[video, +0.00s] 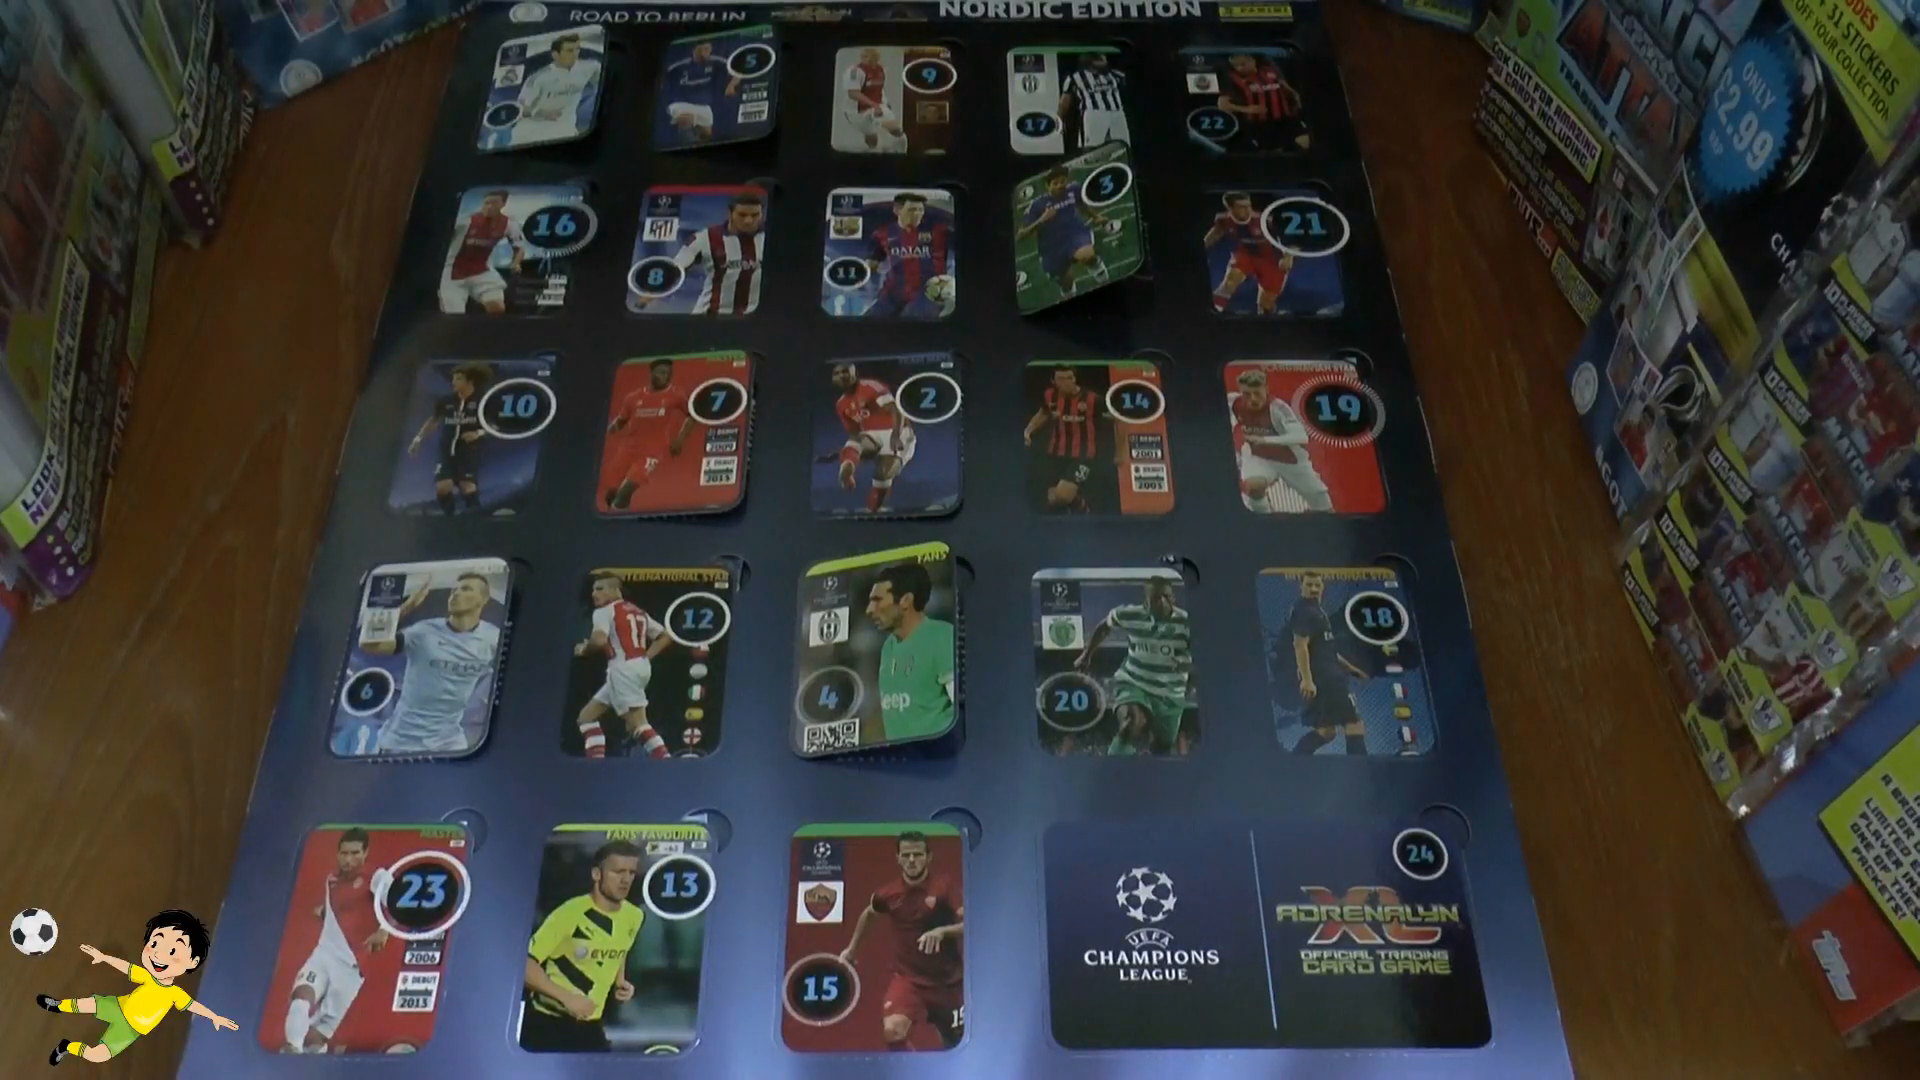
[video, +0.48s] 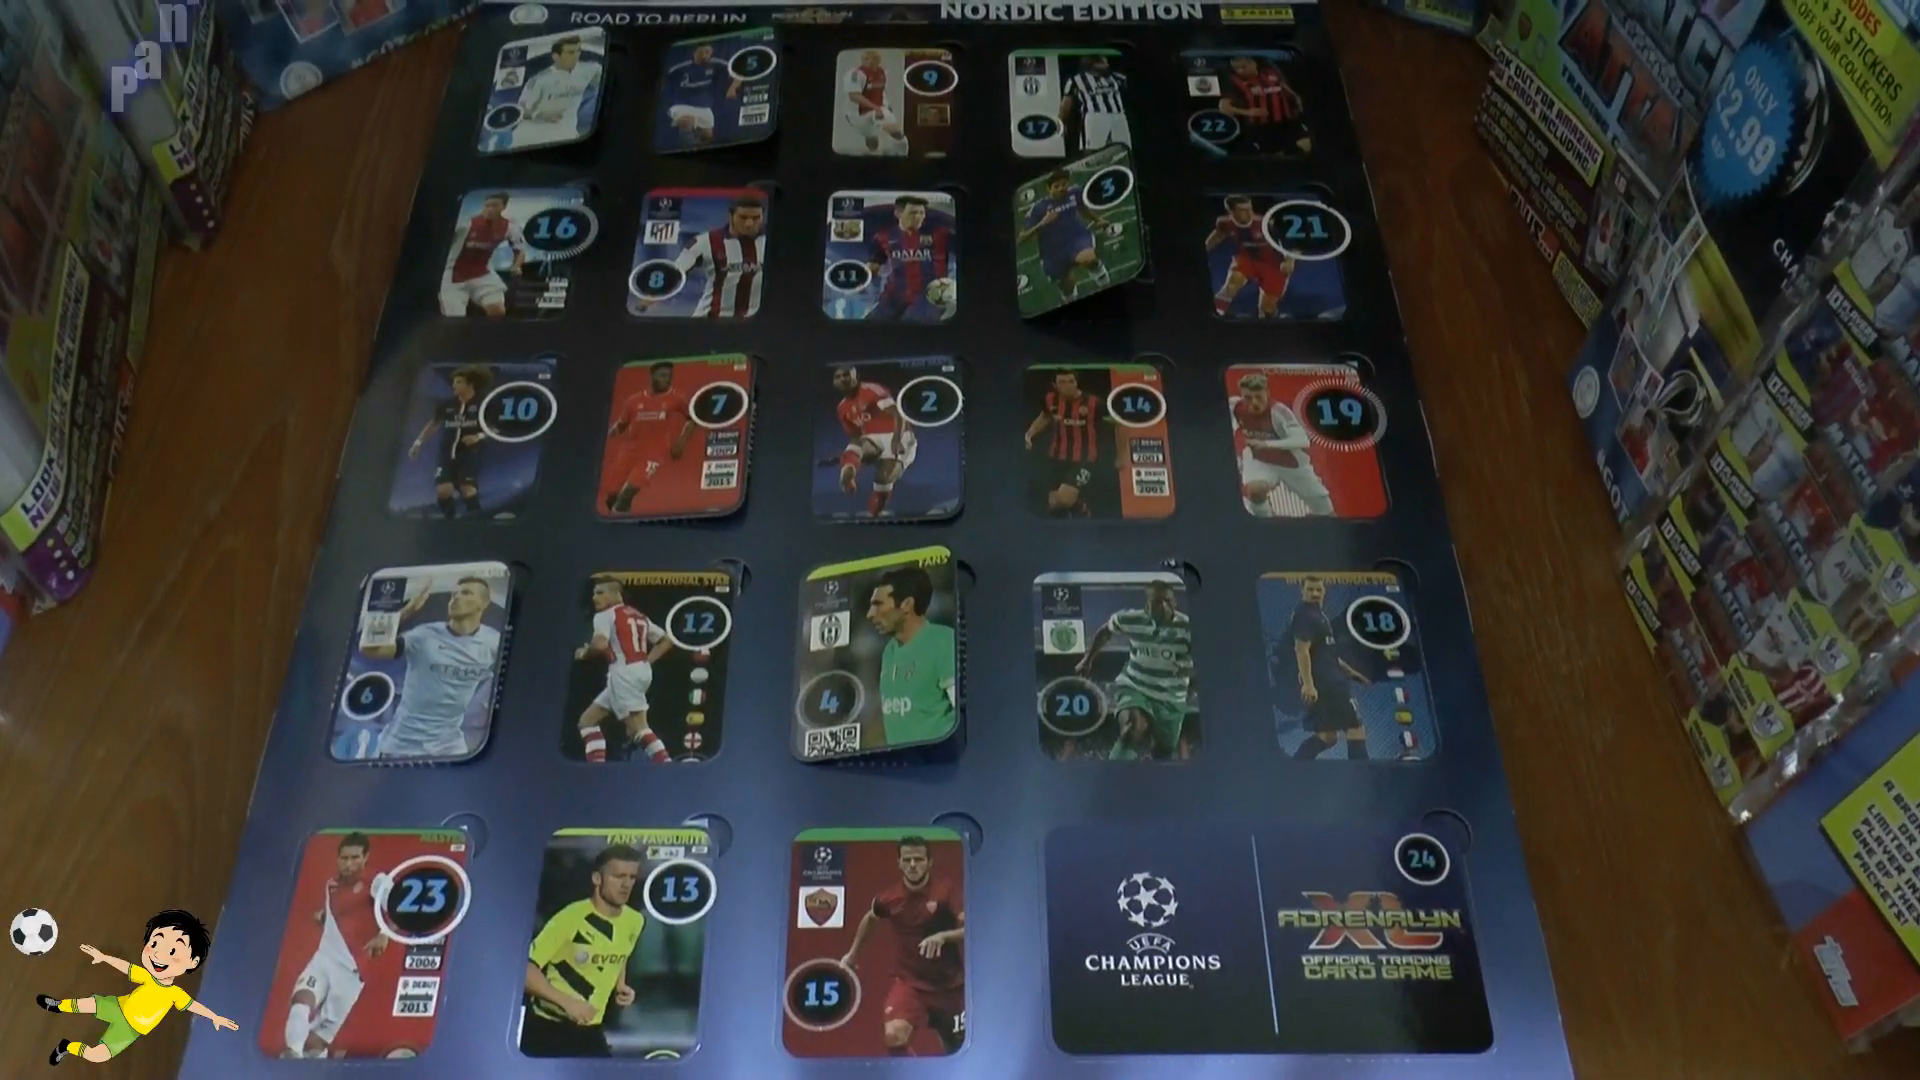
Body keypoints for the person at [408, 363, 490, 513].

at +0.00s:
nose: (454, 383)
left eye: (458, 379)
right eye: (453, 379)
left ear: (469, 382)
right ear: (452, 382)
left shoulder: (480, 403)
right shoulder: (446, 402)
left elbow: (492, 424)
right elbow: (433, 421)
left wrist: (477, 434)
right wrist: (418, 440)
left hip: (467, 451)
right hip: (446, 451)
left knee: (467, 484)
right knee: (442, 487)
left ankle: (476, 519)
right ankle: (450, 520)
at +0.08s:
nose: (454, 383)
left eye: (458, 379)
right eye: (454, 379)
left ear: (469, 383)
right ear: (452, 382)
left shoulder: (480, 403)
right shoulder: (446, 402)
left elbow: (492, 424)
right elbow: (433, 421)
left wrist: (477, 434)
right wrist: (418, 439)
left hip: (468, 452)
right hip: (446, 452)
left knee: (467, 485)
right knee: (442, 487)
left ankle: (476, 520)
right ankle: (450, 520)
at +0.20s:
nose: (454, 383)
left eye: (458, 379)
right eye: (454, 379)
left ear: (469, 383)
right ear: (452, 382)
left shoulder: (480, 403)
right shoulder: (446, 402)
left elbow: (492, 424)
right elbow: (433, 421)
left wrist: (477, 434)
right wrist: (418, 439)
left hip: (468, 452)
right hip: (446, 453)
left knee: (467, 486)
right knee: (443, 487)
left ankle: (476, 520)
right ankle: (450, 520)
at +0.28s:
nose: (454, 383)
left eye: (458, 379)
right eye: (454, 379)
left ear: (469, 383)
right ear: (452, 382)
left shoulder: (480, 403)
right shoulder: (447, 402)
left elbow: (492, 424)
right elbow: (433, 422)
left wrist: (477, 434)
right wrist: (418, 440)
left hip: (468, 452)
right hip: (446, 453)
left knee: (467, 486)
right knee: (443, 488)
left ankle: (476, 520)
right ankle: (451, 521)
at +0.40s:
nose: (455, 385)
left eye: (459, 381)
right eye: (454, 381)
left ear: (470, 385)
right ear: (453, 384)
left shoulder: (481, 405)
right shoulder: (446, 404)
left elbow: (492, 426)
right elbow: (433, 423)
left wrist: (478, 436)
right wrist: (418, 442)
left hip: (468, 453)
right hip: (446, 453)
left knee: (467, 487)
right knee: (443, 489)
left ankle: (476, 521)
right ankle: (451, 521)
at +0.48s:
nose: (454, 386)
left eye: (459, 382)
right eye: (454, 382)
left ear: (470, 386)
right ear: (453, 385)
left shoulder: (481, 406)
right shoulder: (446, 405)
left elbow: (493, 428)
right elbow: (433, 425)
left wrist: (478, 437)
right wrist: (418, 443)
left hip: (468, 454)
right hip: (446, 454)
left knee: (467, 487)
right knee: (443, 490)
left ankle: (476, 522)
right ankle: (450, 522)